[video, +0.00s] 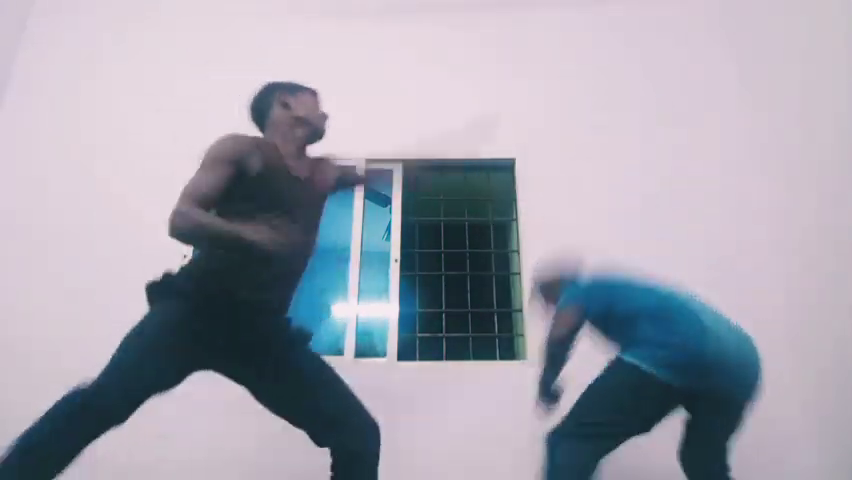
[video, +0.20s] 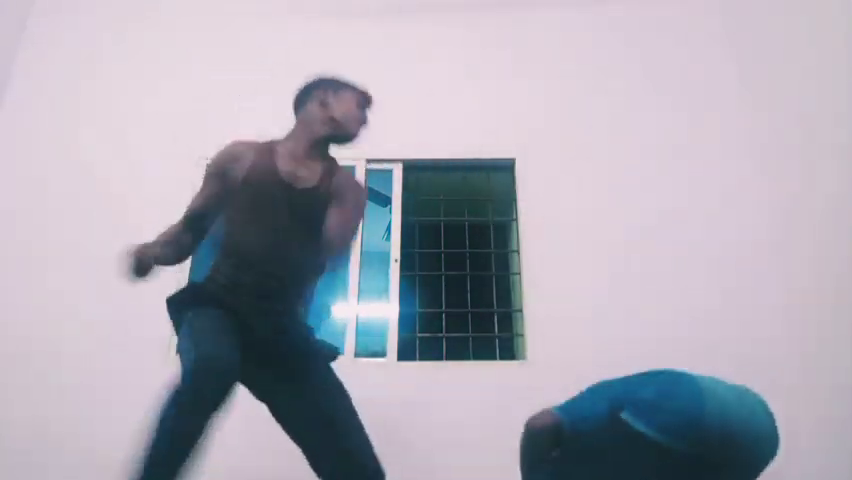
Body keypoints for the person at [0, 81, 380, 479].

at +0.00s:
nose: (323, 108)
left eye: (320, 101)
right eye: (312, 100)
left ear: (296, 112)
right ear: (283, 107)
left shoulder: (325, 174)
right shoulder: (237, 151)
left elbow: (379, 179)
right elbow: (182, 220)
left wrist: (367, 181)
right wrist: (253, 233)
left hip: (262, 333)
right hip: (191, 318)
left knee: (359, 436)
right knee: (102, 405)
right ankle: (14, 471)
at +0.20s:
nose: (365, 113)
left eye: (366, 109)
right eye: (359, 102)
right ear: (320, 102)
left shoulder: (346, 191)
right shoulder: (240, 158)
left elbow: (325, 255)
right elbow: (189, 231)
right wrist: (154, 252)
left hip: (279, 327)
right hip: (214, 311)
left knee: (357, 467)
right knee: (212, 371)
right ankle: (155, 473)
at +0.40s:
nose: (343, 30)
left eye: (343, 19)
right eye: (335, 14)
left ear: (302, 19)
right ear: (298, 13)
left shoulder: (311, 116)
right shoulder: (218, 59)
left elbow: (333, 199)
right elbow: (128, 105)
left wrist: (352, 215)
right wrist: (142, 106)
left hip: (248, 247)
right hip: (184, 238)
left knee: (324, 380)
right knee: (183, 374)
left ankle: (315, 475)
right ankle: (135, 472)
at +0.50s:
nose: (334, 3)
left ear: (311, 3)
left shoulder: (304, 77)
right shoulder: (225, 15)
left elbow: (323, 170)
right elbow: (123, 54)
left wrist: (364, 172)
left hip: (235, 207)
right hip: (171, 190)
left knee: (310, 344)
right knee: (150, 326)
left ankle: (264, 473)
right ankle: (89, 466)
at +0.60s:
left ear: (283, 1)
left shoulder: (285, 54)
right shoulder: (203, 9)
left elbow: (285, 154)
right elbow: (118, 24)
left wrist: (329, 122)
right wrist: (213, 14)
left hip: (209, 185)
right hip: (148, 158)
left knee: (267, 337)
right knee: (97, 291)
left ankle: (225, 473)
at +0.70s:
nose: (259, 7)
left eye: (262, 5)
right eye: (252, 2)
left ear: (268, 2)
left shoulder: (269, 60)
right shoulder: (190, 9)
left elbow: (255, 161)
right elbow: (116, 35)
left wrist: (300, 119)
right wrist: (223, 34)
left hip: (190, 200)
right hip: (130, 169)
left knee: (225, 371)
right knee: (61, 304)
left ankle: (182, 473)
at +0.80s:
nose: (292, 5)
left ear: (256, 6)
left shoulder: (246, 106)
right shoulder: (162, 24)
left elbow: (219, 208)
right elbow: (82, 98)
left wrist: (259, 177)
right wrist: (201, 98)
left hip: (145, 253)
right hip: (85, 217)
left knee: (193, 429)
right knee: (50, 361)